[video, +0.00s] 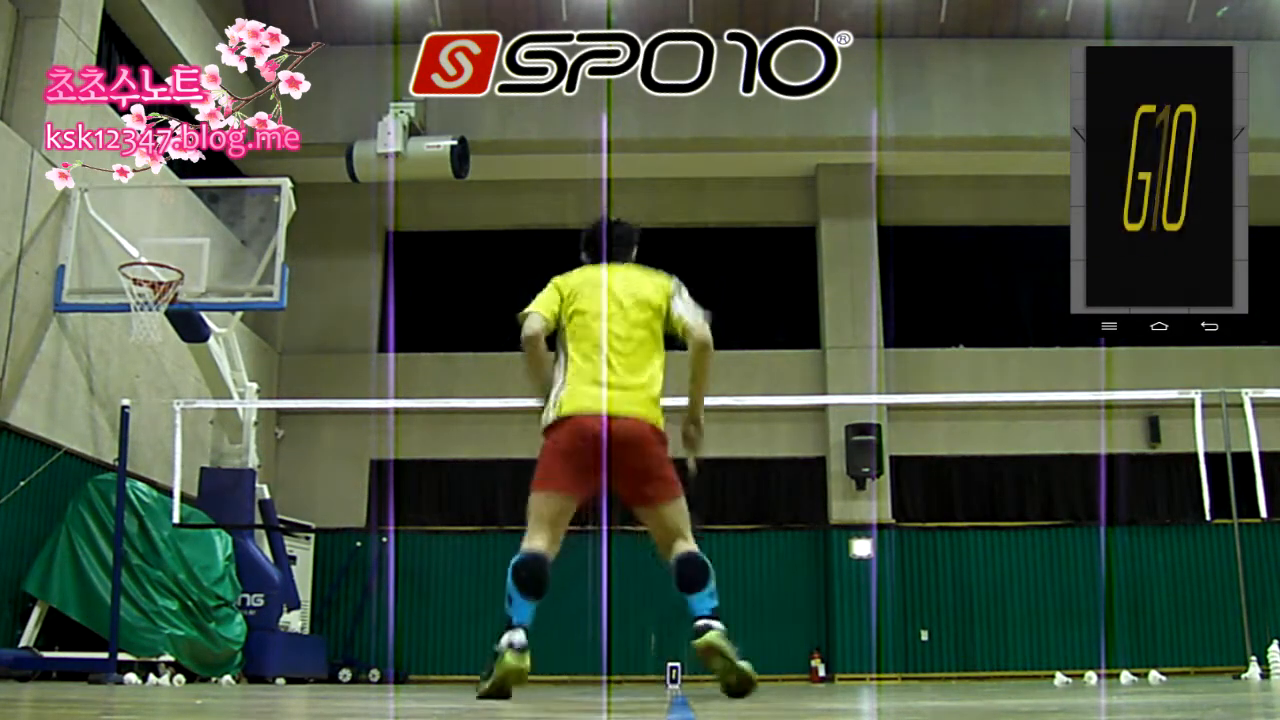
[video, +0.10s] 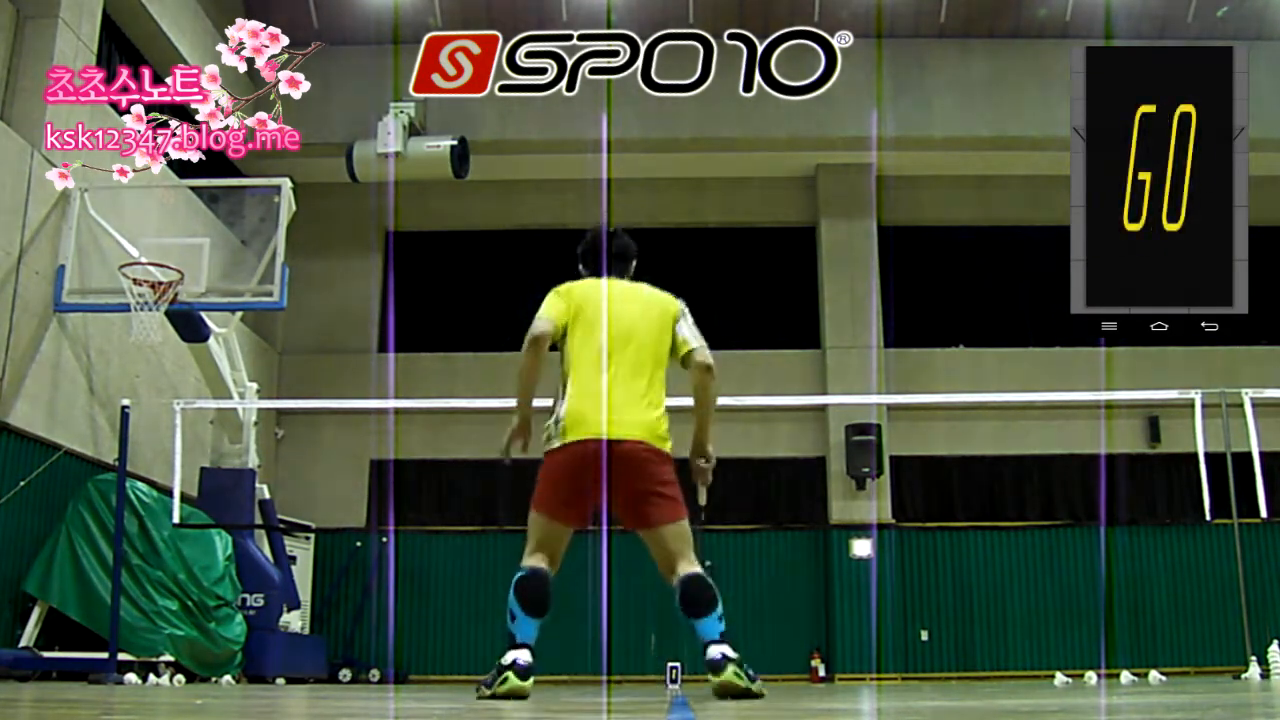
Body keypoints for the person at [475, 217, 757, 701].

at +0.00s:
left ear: (586, 254)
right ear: (634, 253)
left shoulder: (565, 283)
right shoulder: (662, 284)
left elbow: (532, 332)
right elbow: (701, 336)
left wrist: (549, 400)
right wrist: (695, 414)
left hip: (574, 421)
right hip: (639, 425)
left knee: (540, 536)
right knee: (678, 540)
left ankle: (515, 638)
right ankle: (708, 625)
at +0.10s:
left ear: (585, 266)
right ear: (634, 267)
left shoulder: (567, 294)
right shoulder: (667, 303)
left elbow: (538, 337)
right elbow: (704, 365)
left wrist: (523, 413)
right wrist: (701, 447)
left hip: (574, 445)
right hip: (644, 447)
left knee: (540, 555)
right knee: (682, 562)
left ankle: (518, 659)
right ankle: (720, 655)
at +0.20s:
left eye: (594, 228)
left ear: (592, 231)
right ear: (640, 233)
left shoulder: (577, 254)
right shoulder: (680, 266)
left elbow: (556, 293)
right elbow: (710, 329)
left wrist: (537, 372)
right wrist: (706, 410)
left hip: (588, 406)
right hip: (660, 409)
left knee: (552, 524)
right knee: (701, 527)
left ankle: (517, 650)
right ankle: (731, 642)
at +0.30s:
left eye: (604, 202)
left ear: (602, 207)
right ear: (652, 207)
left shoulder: (585, 232)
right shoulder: (689, 240)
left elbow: (563, 268)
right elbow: (721, 298)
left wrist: (542, 344)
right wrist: (717, 382)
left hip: (605, 370)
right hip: (676, 371)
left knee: (564, 496)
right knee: (716, 505)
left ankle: (523, 626)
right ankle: (761, 626)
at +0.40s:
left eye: (606, 210)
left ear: (609, 212)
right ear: (661, 210)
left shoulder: (596, 239)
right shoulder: (701, 244)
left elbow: (570, 281)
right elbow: (737, 305)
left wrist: (547, 361)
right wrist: (732, 390)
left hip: (619, 386)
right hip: (691, 385)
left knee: (570, 509)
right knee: (737, 521)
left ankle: (534, 616)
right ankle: (796, 625)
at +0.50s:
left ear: (618, 231)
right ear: (673, 231)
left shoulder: (602, 264)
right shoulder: (710, 270)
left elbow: (576, 306)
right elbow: (752, 336)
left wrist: (554, 397)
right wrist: (746, 418)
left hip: (626, 423)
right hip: (703, 423)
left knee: (574, 541)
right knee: (751, 546)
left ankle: (543, 649)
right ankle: (808, 651)